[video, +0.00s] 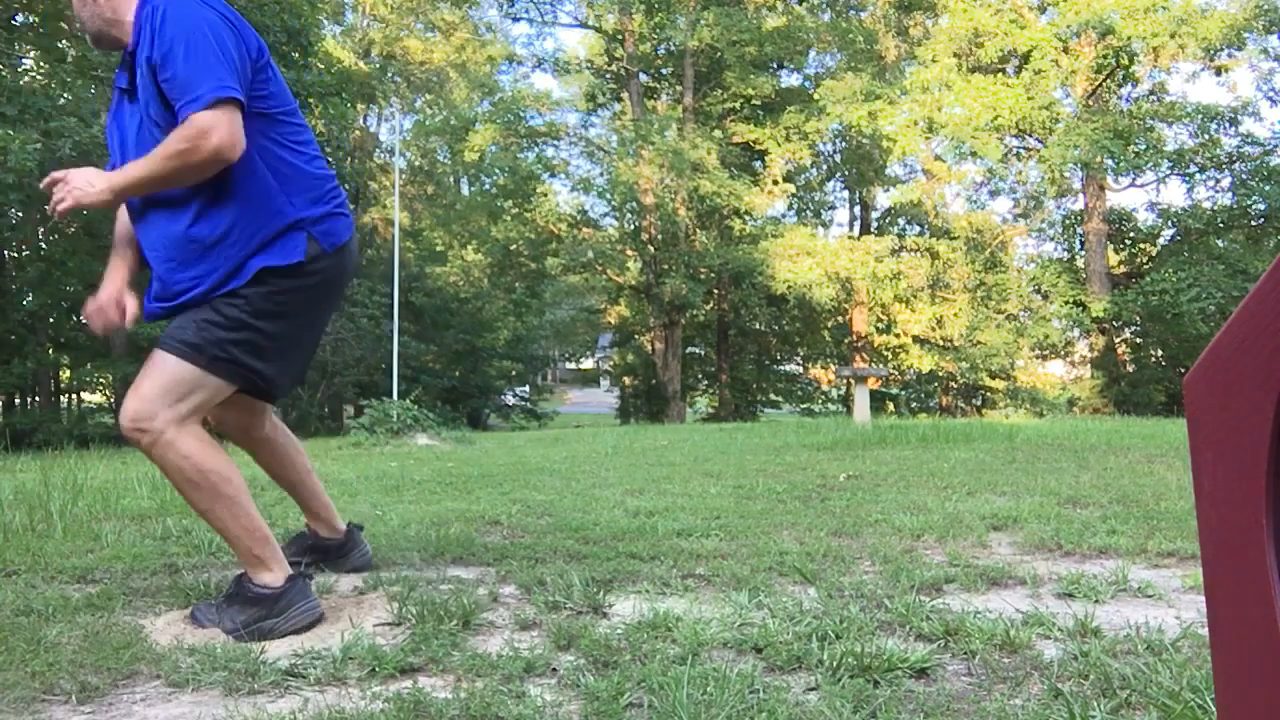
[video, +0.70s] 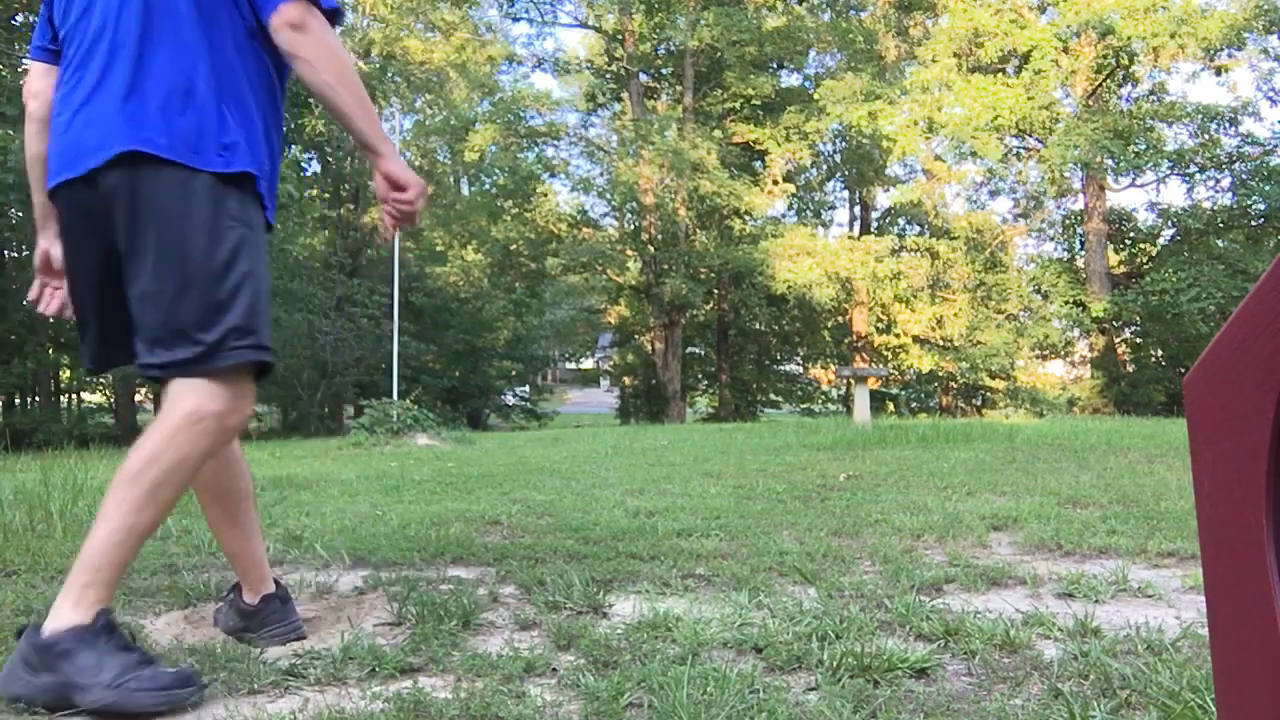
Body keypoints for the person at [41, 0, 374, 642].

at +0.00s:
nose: (73, 15)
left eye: (73, 4)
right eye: (72, 8)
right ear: (104, 7)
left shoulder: (181, 16)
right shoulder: (126, 98)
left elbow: (218, 136)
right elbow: (134, 199)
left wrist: (113, 181)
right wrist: (118, 277)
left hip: (291, 247)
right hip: (242, 261)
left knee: (152, 416)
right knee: (237, 410)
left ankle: (273, 586)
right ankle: (332, 534)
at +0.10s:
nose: (88, 8)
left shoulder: (149, 7)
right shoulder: (169, 19)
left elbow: (177, 122)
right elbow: (184, 186)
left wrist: (117, 178)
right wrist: (141, 293)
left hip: (260, 233)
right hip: (293, 230)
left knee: (150, 415)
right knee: (252, 392)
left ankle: (271, 584)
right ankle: (331, 532)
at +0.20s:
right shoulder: (249, 3)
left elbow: (89, 73)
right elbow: (270, 75)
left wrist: (108, 183)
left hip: (216, 186)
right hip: (308, 166)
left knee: (179, 399)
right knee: (282, 356)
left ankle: (271, 585)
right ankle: (343, 528)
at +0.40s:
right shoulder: (283, 3)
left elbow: (39, 87)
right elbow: (325, 115)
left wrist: (54, 224)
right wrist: (329, 220)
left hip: (136, 182)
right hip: (255, 155)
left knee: (197, 392)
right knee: (314, 353)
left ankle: (263, 597)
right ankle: (309, 482)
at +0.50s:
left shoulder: (71, 4)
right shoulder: (276, 2)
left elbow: (38, 107)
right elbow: (328, 92)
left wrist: (30, 234)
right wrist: (374, 207)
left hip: (117, 190)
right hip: (234, 165)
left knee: (192, 398)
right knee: (310, 383)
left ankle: (261, 592)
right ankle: (218, 517)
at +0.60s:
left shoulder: (70, 3)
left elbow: (41, 92)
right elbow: (318, 53)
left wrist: (35, 230)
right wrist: (393, 175)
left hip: (97, 174)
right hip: (209, 157)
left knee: (192, 388)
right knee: (260, 390)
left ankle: (261, 596)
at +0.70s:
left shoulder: (67, 2)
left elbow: (39, 93)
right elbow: (293, 22)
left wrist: (50, 225)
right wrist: (383, 149)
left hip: (82, 162)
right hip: (191, 147)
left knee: (202, 397)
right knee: (214, 395)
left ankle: (262, 598)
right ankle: (67, 631)